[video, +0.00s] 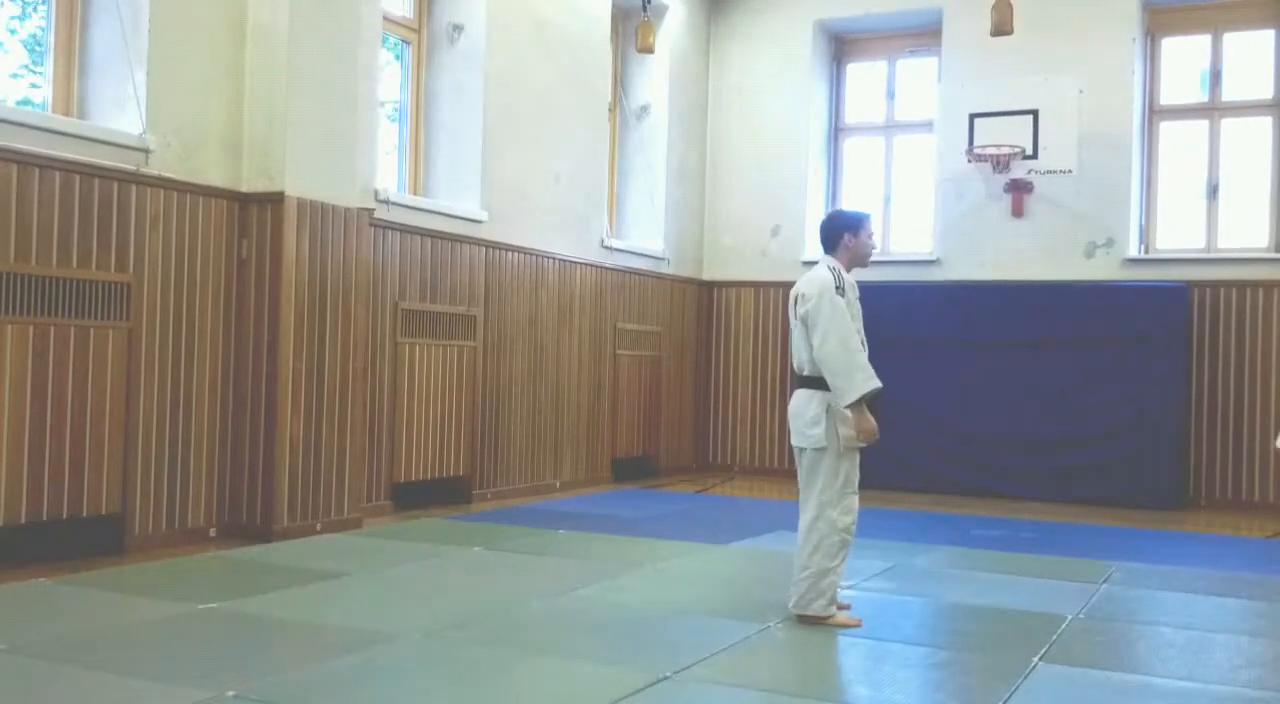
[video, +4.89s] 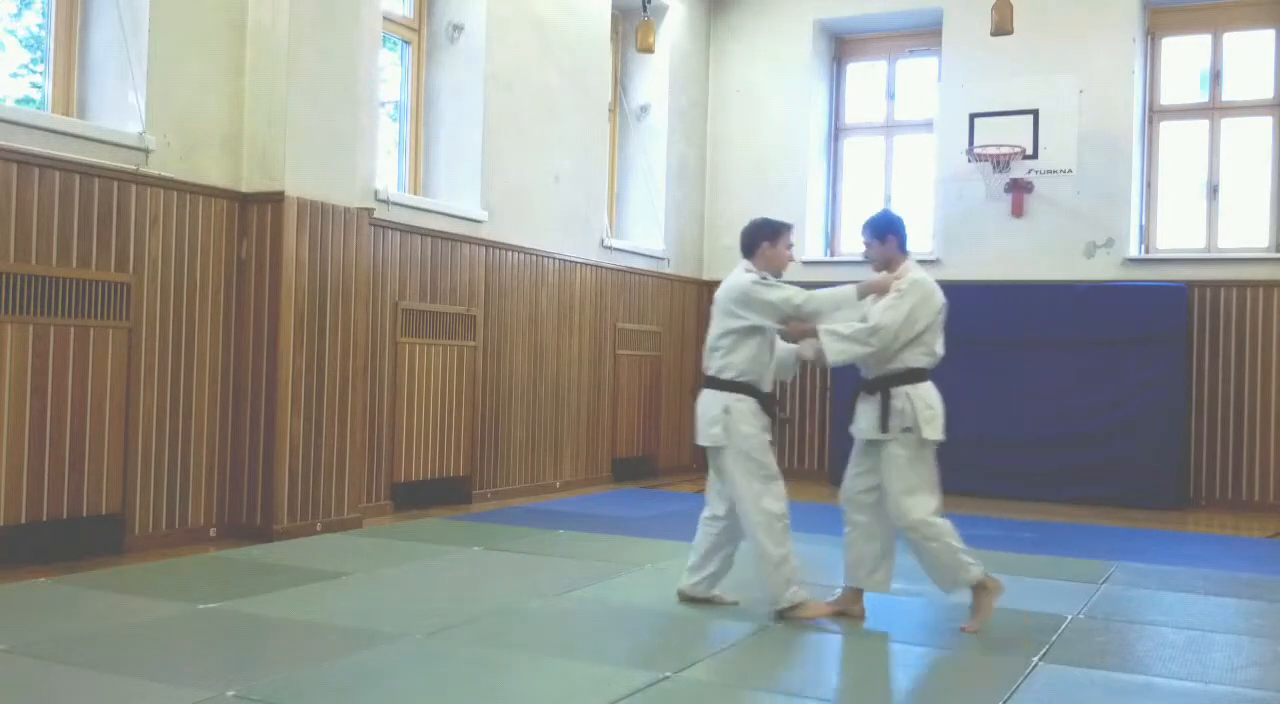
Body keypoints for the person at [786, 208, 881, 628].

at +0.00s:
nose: (873, 244)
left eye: (872, 236)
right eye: (869, 237)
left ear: (844, 240)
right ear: (848, 240)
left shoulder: (828, 281)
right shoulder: (826, 285)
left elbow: (840, 347)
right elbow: (837, 349)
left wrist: (858, 402)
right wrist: (859, 408)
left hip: (824, 404)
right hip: (824, 407)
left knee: (828, 506)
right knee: (831, 509)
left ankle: (817, 592)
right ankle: (813, 602)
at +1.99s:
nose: (889, 244)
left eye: (888, 236)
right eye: (884, 236)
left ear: (862, 240)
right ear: (861, 240)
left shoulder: (850, 282)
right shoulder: (842, 284)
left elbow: (857, 346)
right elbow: (852, 348)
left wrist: (873, 401)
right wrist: (874, 405)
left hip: (847, 403)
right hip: (840, 405)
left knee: (843, 504)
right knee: (841, 506)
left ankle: (826, 591)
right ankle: (817, 602)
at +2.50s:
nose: (888, 244)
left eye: (887, 236)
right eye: (882, 236)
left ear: (860, 240)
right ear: (861, 240)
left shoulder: (855, 283)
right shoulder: (838, 283)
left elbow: (874, 336)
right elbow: (858, 342)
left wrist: (914, 366)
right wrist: (915, 369)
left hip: (851, 406)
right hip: (837, 407)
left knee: (845, 506)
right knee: (836, 508)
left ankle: (826, 592)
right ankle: (815, 602)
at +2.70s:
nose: (886, 245)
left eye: (885, 237)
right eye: (880, 237)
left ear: (853, 242)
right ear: (855, 241)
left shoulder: (840, 280)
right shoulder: (840, 281)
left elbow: (847, 347)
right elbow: (891, 319)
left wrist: (891, 363)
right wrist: (951, 316)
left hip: (840, 403)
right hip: (839, 407)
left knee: (839, 505)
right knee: (839, 508)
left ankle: (824, 594)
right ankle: (816, 603)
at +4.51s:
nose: (847, 247)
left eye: (846, 239)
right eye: (844, 239)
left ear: (810, 239)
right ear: (825, 239)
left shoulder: (779, 279)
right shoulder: (813, 283)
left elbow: (818, 330)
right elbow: (879, 303)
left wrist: (859, 333)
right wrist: (943, 285)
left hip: (780, 401)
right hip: (804, 408)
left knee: (791, 498)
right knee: (819, 506)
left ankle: (769, 573)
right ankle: (813, 604)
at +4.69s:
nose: (816, 251)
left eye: (816, 243)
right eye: (813, 242)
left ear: (785, 243)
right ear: (793, 242)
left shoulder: (759, 281)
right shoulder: (782, 285)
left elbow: (793, 336)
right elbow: (846, 306)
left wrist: (834, 341)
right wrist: (910, 288)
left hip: (761, 404)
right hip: (781, 408)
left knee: (769, 497)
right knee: (806, 504)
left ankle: (712, 563)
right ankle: (811, 604)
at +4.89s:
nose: (792, 256)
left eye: (791, 248)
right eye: (787, 247)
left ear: (763, 250)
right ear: (764, 248)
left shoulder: (748, 286)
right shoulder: (744, 285)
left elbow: (764, 355)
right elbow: (801, 304)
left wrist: (807, 346)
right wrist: (865, 289)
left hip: (731, 404)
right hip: (733, 407)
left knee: (724, 503)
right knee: (766, 501)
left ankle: (697, 585)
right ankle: (789, 599)